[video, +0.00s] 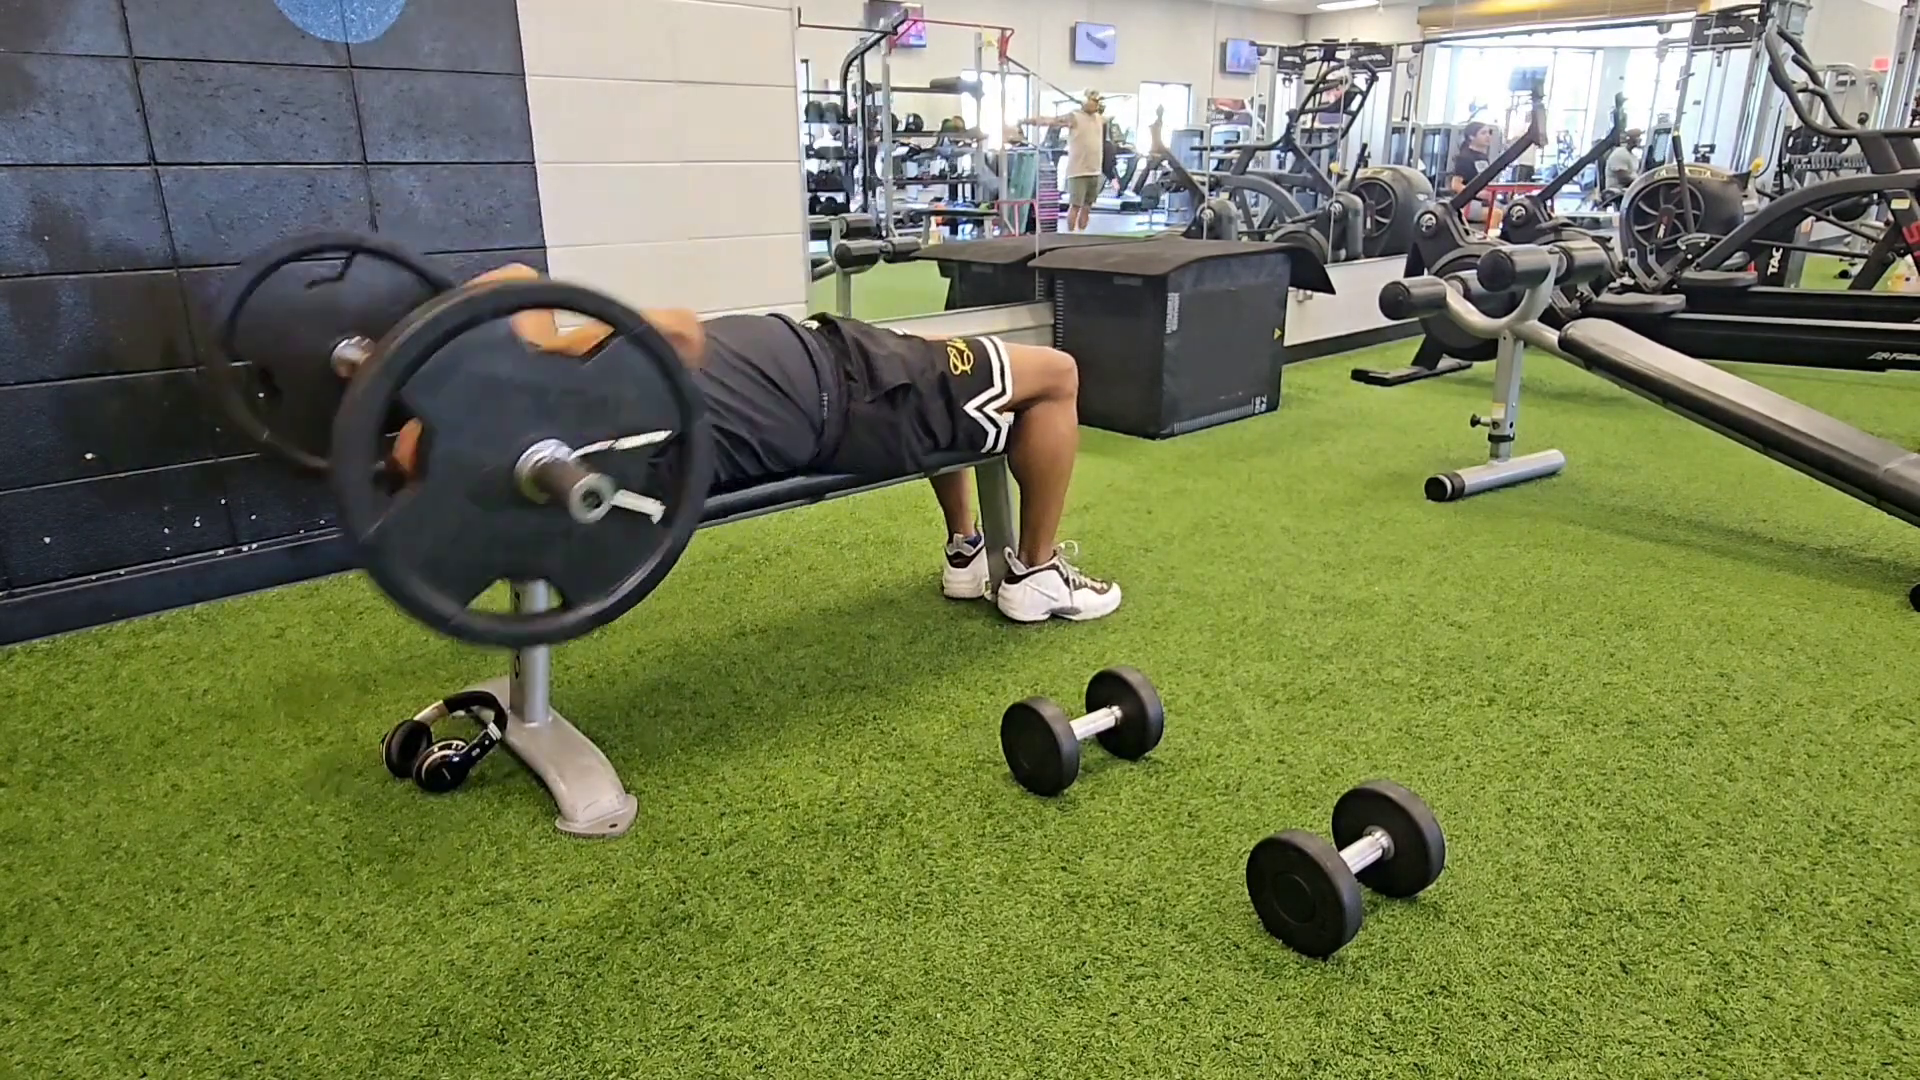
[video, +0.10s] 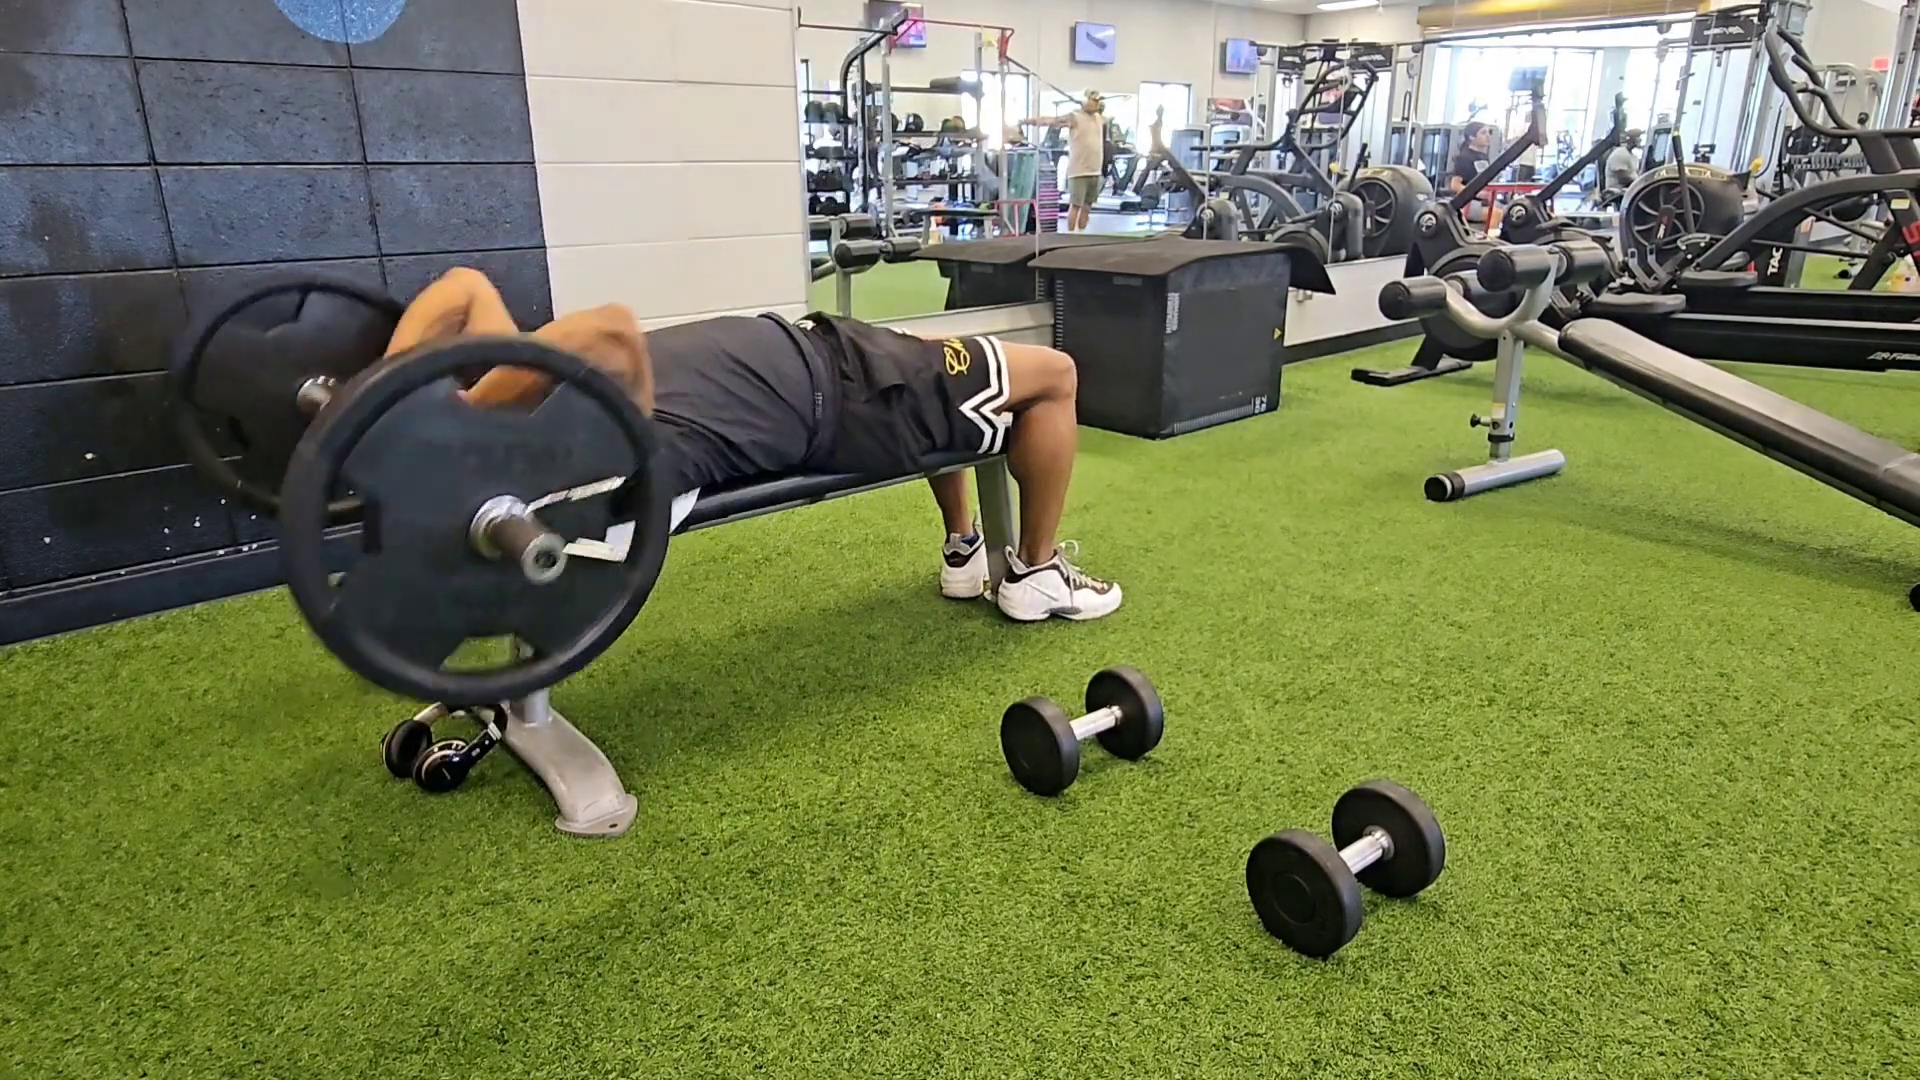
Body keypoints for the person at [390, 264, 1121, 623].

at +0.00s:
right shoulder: (545, 415)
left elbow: (516, 271)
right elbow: (686, 332)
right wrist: (556, 324)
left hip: (788, 351)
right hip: (829, 395)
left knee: (942, 354)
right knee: (1055, 374)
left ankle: (968, 550)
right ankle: (1041, 573)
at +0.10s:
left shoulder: (434, 426)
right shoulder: (533, 472)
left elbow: (466, 286)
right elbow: (609, 328)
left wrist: (378, 402)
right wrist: (484, 401)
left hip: (773, 345)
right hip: (821, 390)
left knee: (935, 353)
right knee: (1053, 374)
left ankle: (966, 549)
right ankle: (1041, 572)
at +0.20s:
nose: (459, 386)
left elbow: (412, 302)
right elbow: (551, 349)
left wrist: (372, 435)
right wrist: (411, 440)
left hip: (772, 340)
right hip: (833, 389)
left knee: (927, 356)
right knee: (1051, 373)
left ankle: (965, 546)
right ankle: (1035, 571)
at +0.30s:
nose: (429, 409)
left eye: (415, 425)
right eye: (434, 431)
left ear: (406, 445)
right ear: (476, 478)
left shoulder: (459, 423)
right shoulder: (580, 461)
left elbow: (377, 329)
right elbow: (517, 375)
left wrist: (368, 460)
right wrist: (417, 485)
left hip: (772, 340)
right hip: (827, 382)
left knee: (926, 344)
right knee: (1048, 372)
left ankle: (967, 545)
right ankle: (1039, 574)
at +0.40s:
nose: (452, 400)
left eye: (440, 411)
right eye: (452, 419)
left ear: (421, 469)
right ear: (493, 469)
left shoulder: (496, 422)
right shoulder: (597, 468)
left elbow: (369, 353)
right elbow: (501, 412)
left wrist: (384, 494)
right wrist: (428, 524)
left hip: (779, 341)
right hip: (837, 384)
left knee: (930, 343)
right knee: (1050, 372)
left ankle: (966, 546)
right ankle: (1038, 574)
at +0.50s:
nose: (446, 397)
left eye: (430, 412)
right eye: (444, 421)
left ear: (426, 467)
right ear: (483, 470)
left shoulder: (495, 417)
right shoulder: (595, 464)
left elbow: (368, 347)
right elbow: (491, 412)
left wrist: (378, 485)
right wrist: (437, 551)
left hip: (780, 340)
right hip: (836, 382)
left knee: (930, 342)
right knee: (1049, 372)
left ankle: (966, 547)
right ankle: (1037, 574)